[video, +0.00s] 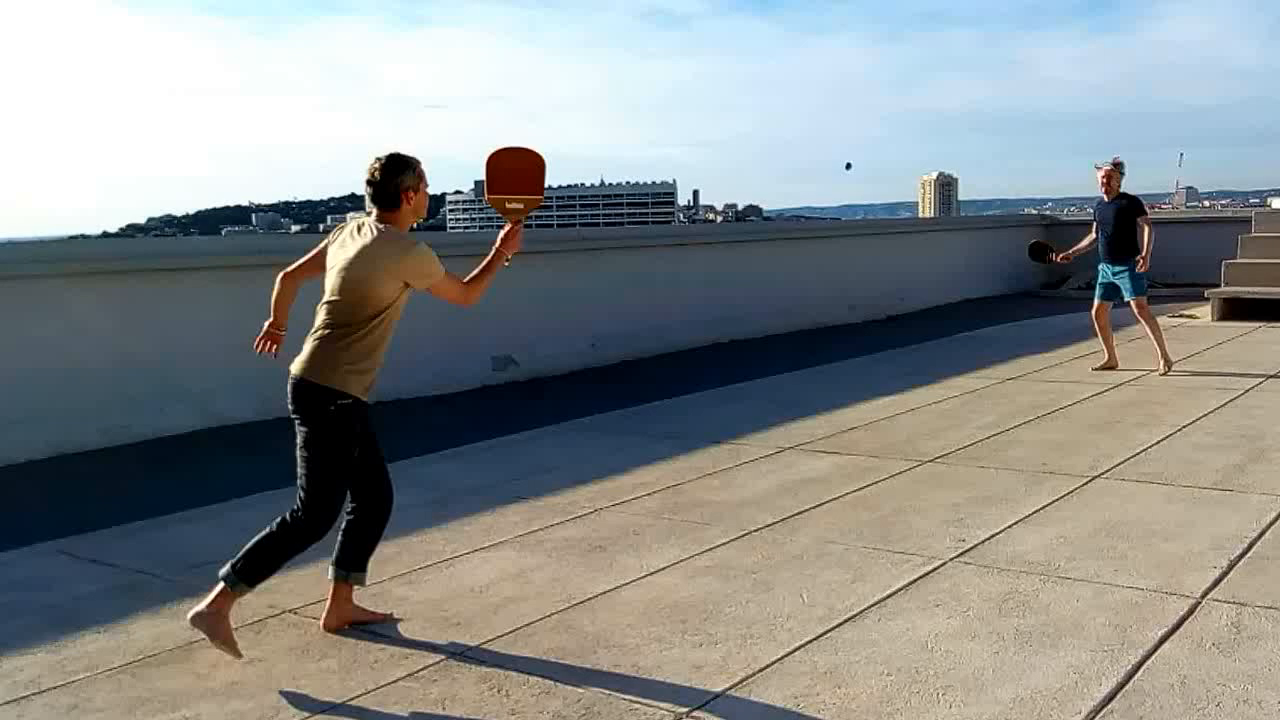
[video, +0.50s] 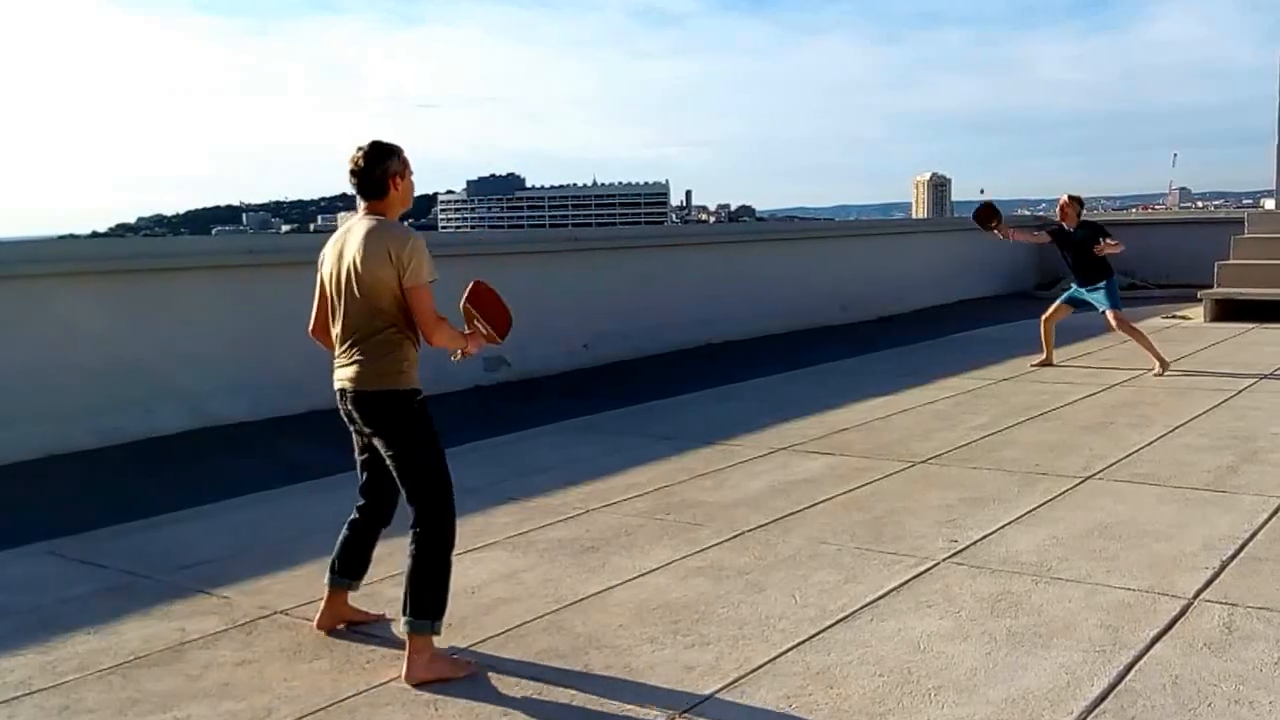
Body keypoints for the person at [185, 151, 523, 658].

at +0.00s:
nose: (427, 196)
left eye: (424, 187)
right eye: (423, 189)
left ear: (380, 195)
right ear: (408, 196)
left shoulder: (350, 230)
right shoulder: (407, 253)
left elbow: (288, 277)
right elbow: (466, 293)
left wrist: (275, 323)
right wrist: (502, 250)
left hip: (331, 389)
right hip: (327, 393)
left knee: (374, 497)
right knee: (314, 514)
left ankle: (340, 605)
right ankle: (216, 606)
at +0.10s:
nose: (417, 180)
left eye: (415, 171)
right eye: (414, 172)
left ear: (369, 178)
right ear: (400, 178)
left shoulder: (340, 222)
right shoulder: (399, 235)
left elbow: (294, 284)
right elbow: (457, 292)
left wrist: (287, 335)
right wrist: (493, 251)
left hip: (327, 373)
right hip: (344, 380)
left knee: (364, 495)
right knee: (343, 502)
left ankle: (339, 606)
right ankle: (277, 623)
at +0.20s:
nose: (411, 178)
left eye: (407, 170)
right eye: (407, 171)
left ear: (366, 180)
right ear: (393, 178)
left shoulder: (335, 227)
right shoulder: (391, 236)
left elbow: (305, 305)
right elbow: (445, 308)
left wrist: (319, 359)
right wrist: (479, 281)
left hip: (328, 376)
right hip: (357, 381)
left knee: (360, 498)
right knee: (375, 505)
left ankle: (335, 608)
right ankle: (347, 642)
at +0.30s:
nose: (407, 189)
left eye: (404, 180)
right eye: (404, 181)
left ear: (360, 188)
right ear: (389, 187)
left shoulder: (331, 239)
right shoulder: (391, 244)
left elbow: (315, 321)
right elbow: (434, 329)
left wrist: (348, 361)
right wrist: (474, 313)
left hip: (331, 387)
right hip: (367, 391)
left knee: (370, 502)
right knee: (405, 511)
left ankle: (337, 605)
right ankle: (400, 647)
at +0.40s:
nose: (409, 191)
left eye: (406, 182)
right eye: (406, 183)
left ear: (360, 193)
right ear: (391, 190)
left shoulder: (331, 247)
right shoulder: (395, 247)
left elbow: (317, 330)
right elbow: (431, 336)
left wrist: (363, 354)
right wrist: (470, 333)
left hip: (340, 397)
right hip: (380, 399)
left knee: (381, 503)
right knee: (431, 511)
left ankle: (334, 606)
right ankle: (422, 651)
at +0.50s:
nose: (413, 184)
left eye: (410, 175)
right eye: (410, 176)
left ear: (364, 186)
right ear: (396, 182)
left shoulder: (338, 240)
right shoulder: (402, 240)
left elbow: (319, 326)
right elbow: (431, 329)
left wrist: (366, 354)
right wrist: (464, 340)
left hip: (349, 390)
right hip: (393, 392)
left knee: (377, 495)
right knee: (435, 510)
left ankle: (334, 604)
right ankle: (421, 653)